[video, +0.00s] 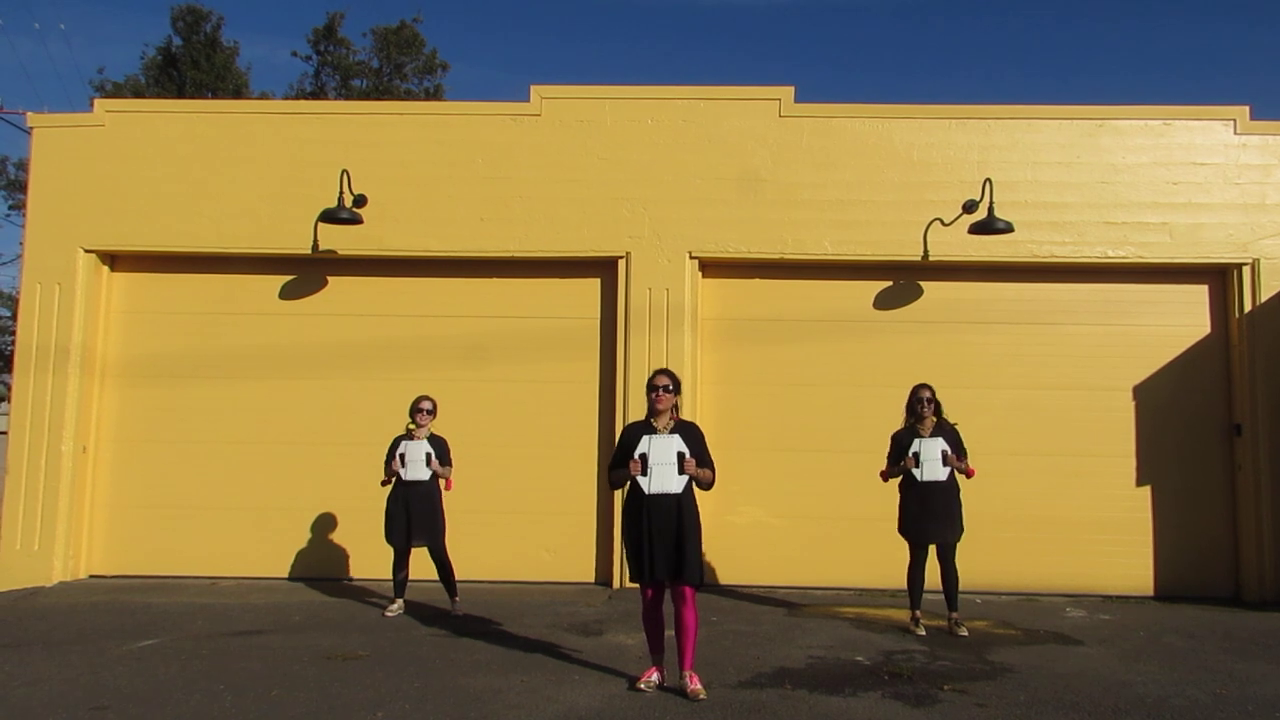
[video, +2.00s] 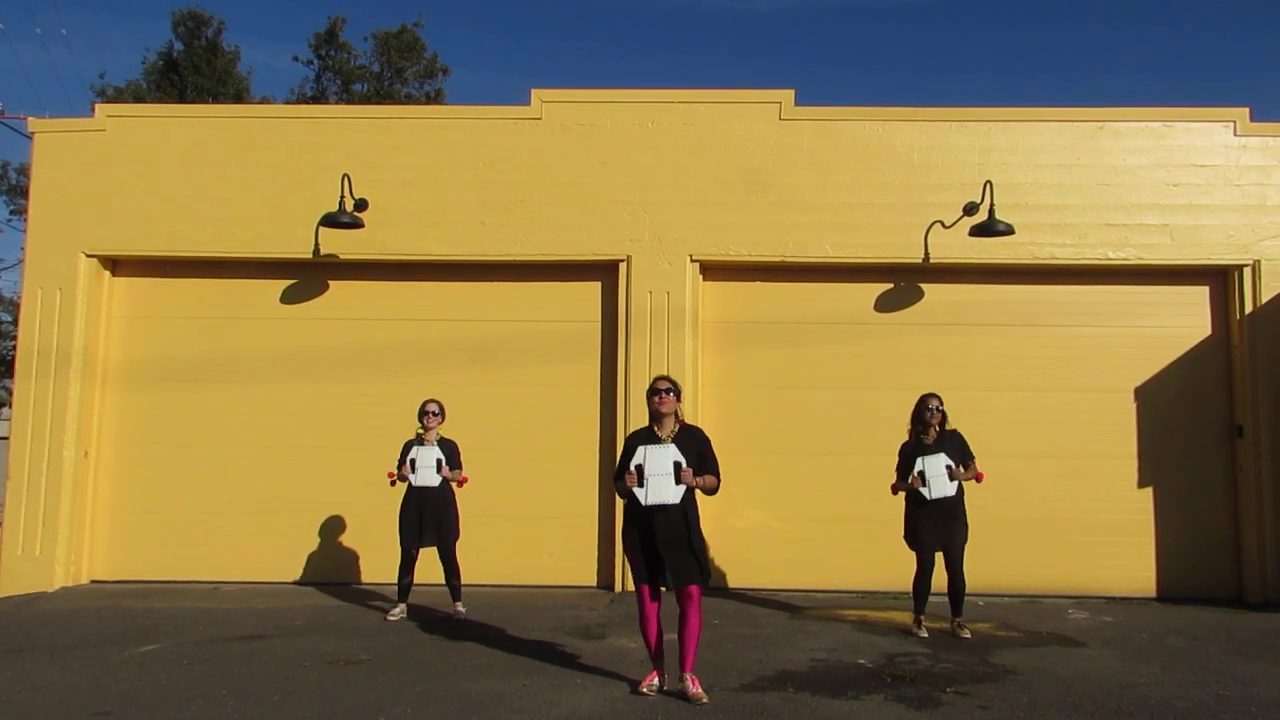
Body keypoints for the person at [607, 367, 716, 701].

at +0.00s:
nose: (659, 394)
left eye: (666, 389)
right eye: (654, 389)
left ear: (676, 395)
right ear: (647, 394)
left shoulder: (690, 432)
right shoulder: (633, 432)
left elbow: (708, 480)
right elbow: (612, 480)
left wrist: (695, 470)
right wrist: (628, 471)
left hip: (681, 525)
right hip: (643, 526)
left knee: (684, 595)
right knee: (651, 597)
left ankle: (688, 673)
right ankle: (656, 668)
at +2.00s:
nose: (661, 397)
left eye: (667, 393)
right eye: (655, 393)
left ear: (678, 400)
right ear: (648, 400)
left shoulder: (695, 437)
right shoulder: (636, 440)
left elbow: (713, 483)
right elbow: (619, 485)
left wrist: (695, 480)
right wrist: (626, 483)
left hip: (682, 530)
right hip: (641, 532)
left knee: (691, 598)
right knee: (648, 600)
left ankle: (687, 675)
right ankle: (657, 672)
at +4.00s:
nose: (647, 397)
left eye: (654, 392)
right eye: (642, 392)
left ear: (664, 399)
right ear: (634, 398)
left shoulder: (677, 436)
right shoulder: (618, 436)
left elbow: (695, 481)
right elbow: (598, 474)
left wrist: (672, 483)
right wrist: (602, 483)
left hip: (667, 528)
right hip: (628, 530)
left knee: (667, 591)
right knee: (633, 603)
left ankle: (655, 668)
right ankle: (641, 666)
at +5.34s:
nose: (656, 397)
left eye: (662, 393)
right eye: (651, 393)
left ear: (672, 401)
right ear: (642, 399)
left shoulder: (680, 427)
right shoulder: (630, 427)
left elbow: (702, 390)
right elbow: (628, 392)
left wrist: (706, 344)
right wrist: (647, 347)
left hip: (674, 522)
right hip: (634, 521)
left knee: (666, 592)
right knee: (640, 596)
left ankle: (660, 673)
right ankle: (651, 668)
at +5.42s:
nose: (651, 399)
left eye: (658, 393)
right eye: (646, 394)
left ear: (668, 397)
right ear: (638, 397)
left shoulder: (677, 421)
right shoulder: (628, 420)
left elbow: (710, 397)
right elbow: (640, 387)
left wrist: (728, 355)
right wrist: (671, 351)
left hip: (674, 516)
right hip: (635, 516)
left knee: (665, 593)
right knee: (647, 596)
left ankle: (665, 673)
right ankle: (673, 658)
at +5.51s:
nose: (653, 398)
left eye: (658, 394)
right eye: (648, 394)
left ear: (667, 398)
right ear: (639, 398)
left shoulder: (678, 427)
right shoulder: (627, 427)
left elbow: (718, 410)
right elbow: (646, 394)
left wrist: (739, 370)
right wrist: (683, 365)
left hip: (674, 522)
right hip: (637, 522)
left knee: (666, 597)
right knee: (650, 596)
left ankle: (664, 677)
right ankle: (691, 656)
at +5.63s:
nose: (663, 396)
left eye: (667, 392)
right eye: (657, 392)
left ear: (673, 400)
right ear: (646, 398)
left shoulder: (682, 431)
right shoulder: (631, 431)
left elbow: (718, 413)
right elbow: (633, 404)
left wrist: (722, 368)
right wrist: (658, 367)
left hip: (674, 522)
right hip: (637, 523)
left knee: (664, 596)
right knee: (648, 599)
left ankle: (663, 674)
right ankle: (684, 650)